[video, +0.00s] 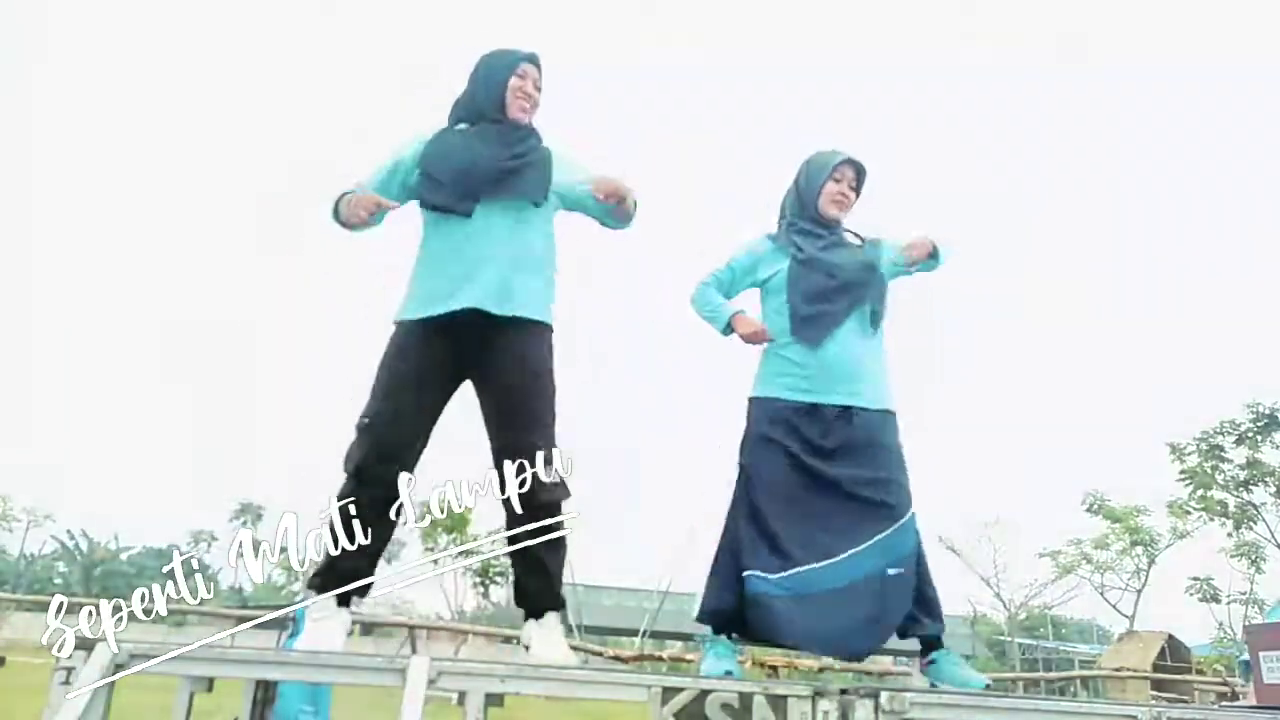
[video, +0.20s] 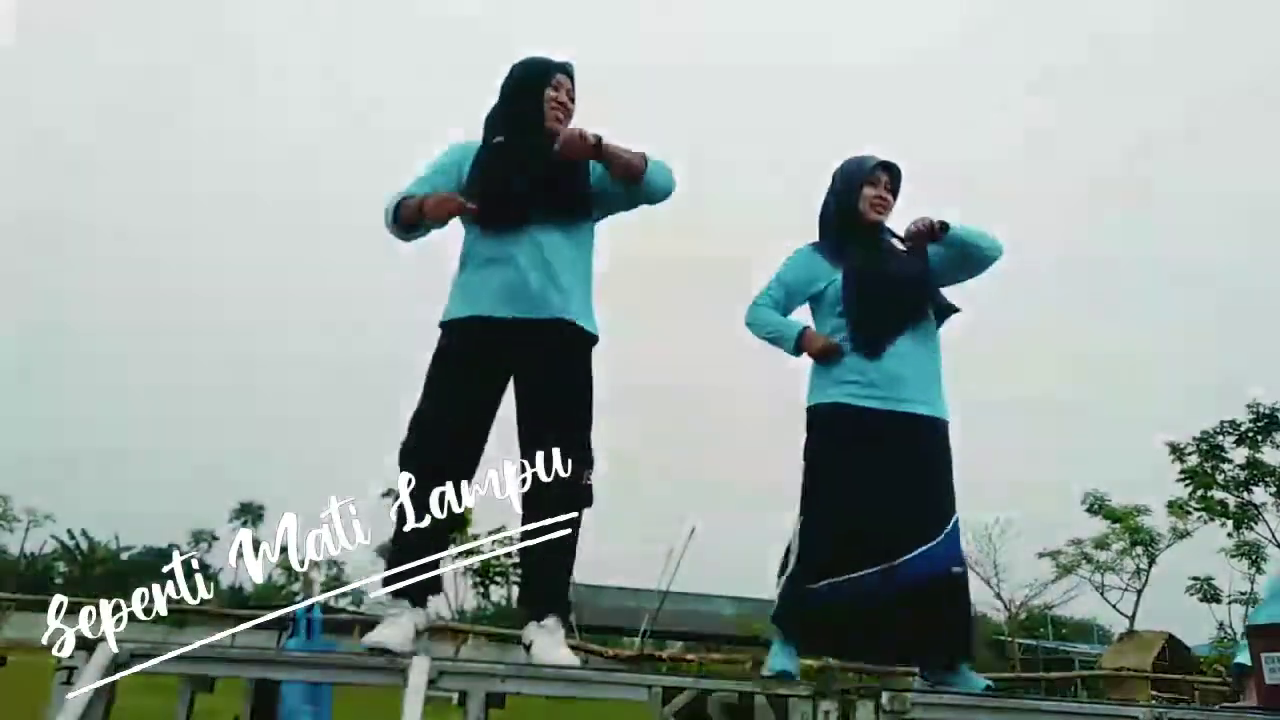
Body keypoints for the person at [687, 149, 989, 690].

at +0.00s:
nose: (845, 193)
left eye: (853, 189)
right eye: (837, 183)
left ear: (856, 201)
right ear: (809, 183)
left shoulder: (869, 253)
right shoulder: (770, 249)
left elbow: (911, 258)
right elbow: (705, 292)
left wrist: (925, 252)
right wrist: (736, 318)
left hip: (864, 404)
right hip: (784, 400)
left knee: (897, 521)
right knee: (755, 512)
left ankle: (933, 652)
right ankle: (721, 640)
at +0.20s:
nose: (882, 195)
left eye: (889, 190)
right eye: (872, 185)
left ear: (893, 204)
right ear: (845, 191)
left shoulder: (917, 260)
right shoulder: (818, 258)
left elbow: (987, 251)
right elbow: (759, 312)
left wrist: (942, 232)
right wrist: (802, 338)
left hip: (919, 412)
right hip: (844, 407)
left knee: (933, 530)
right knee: (825, 524)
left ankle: (945, 661)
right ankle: (787, 640)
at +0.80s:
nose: (938, 189)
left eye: (948, 182)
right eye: (926, 181)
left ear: (959, 195)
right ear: (904, 193)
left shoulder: (988, 258)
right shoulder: (882, 258)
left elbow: (1060, 273)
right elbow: (818, 305)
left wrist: (1140, 272)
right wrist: (832, 329)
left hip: (987, 411)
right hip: (908, 408)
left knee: (1026, 530)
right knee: (899, 530)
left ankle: (1061, 665)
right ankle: (884, 659)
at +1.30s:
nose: (972, 199)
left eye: (981, 190)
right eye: (960, 194)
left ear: (1002, 201)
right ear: (949, 210)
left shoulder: (1034, 267)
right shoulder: (938, 257)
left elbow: (1096, 308)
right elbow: (927, 269)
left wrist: (1082, 343)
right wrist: (1010, 264)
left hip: (1038, 412)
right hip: (963, 413)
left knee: (1065, 535)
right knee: (986, 538)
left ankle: (1072, 674)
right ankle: (1005, 673)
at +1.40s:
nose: (968, 187)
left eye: (978, 178)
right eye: (957, 183)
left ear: (1001, 189)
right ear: (947, 202)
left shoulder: (1038, 254)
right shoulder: (938, 251)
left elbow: (1089, 295)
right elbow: (879, 257)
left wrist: (1078, 325)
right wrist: (955, 251)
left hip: (1030, 405)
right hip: (954, 400)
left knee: (1049, 531)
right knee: (947, 523)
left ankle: (1061, 665)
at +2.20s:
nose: (869, 184)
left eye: (880, 175)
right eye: (859, 179)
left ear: (902, 185)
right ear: (848, 194)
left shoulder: (935, 256)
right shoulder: (831, 247)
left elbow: (981, 303)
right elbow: (756, 270)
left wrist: (959, 333)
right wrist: (741, 228)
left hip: (908, 403)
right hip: (833, 392)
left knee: (908, 526)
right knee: (816, 516)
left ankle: (910, 653)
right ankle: (792, 643)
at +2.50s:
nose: (842, 186)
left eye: (852, 182)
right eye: (831, 177)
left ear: (859, 198)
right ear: (808, 186)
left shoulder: (874, 263)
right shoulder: (775, 247)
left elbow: (925, 290)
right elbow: (709, 274)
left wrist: (966, 314)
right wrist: (648, 269)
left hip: (861, 409)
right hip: (786, 403)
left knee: (882, 528)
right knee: (778, 525)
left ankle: (895, 655)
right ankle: (764, 656)